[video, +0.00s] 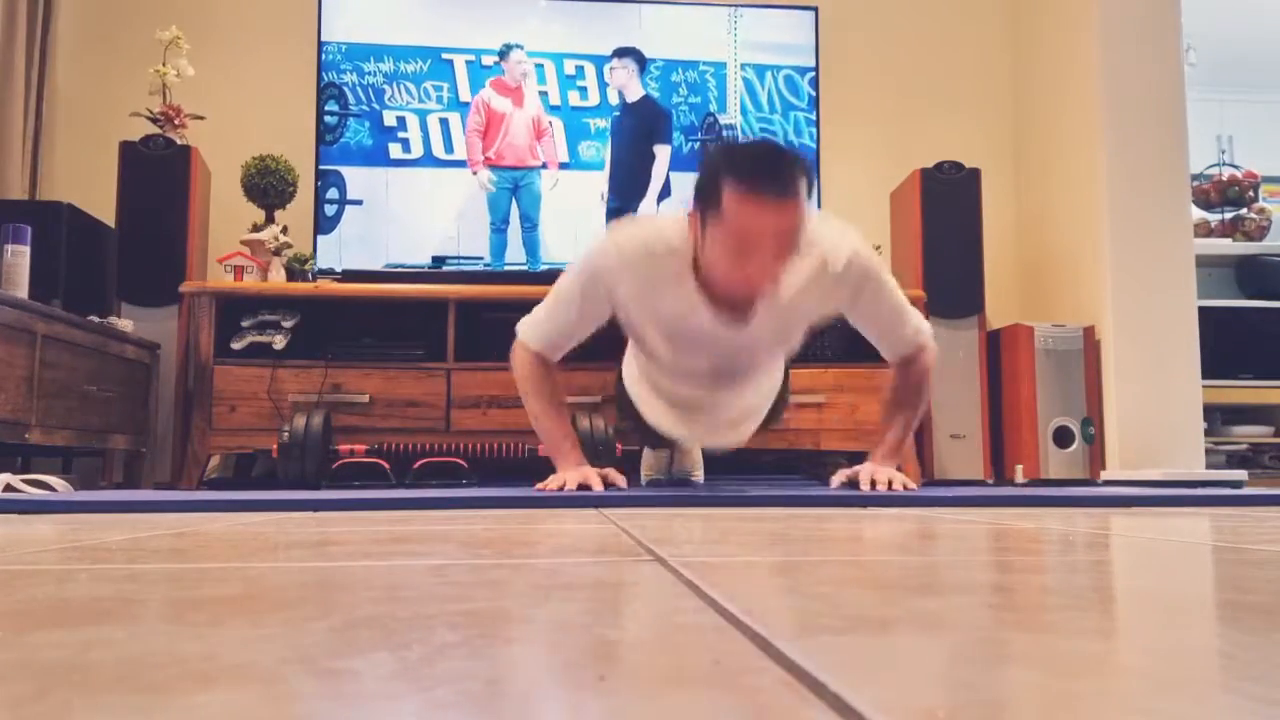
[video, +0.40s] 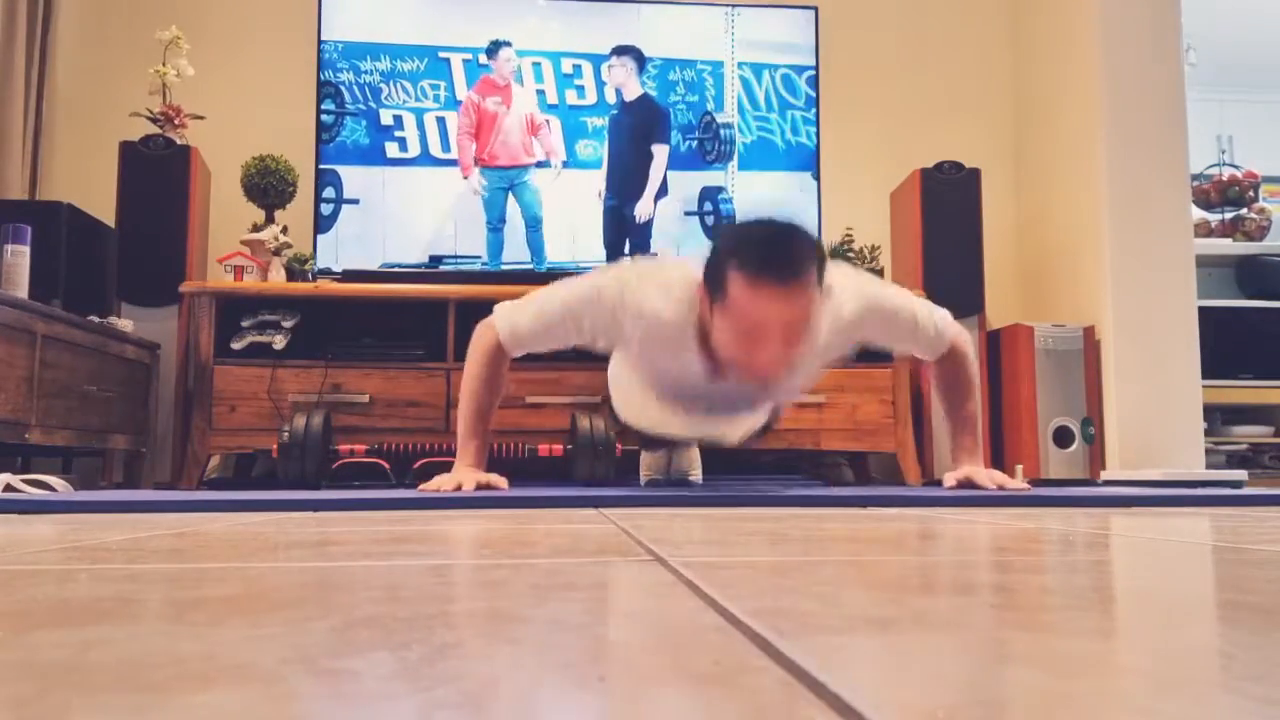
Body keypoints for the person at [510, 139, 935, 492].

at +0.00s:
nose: (758, 271)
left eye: (777, 251)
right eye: (741, 248)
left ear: (797, 234)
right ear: (698, 226)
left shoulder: (837, 258)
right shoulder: (627, 255)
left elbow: (916, 352)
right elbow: (529, 349)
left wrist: (886, 456)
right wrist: (569, 462)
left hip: (749, 408)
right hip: (651, 402)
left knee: (717, 439)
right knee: (655, 434)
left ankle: (691, 449)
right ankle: (664, 452)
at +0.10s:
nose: (754, 134)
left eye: (774, 110)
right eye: (733, 109)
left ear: (790, 100)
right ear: (691, 92)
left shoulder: (817, 165)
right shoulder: (634, 155)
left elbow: (860, 304)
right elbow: (583, 299)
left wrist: (882, 440)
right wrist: (567, 438)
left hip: (747, 334)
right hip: (651, 326)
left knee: (705, 412)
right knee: (653, 411)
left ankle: (687, 436)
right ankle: (659, 439)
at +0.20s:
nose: (756, 105)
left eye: (774, 80)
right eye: (734, 81)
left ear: (790, 69)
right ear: (692, 68)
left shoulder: (817, 148)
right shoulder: (632, 136)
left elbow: (881, 278)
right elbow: (561, 274)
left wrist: (896, 399)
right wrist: (543, 401)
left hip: (746, 329)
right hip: (653, 326)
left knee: (704, 406)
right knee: (654, 405)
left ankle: (685, 435)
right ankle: (656, 438)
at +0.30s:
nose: (759, 155)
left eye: (778, 132)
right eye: (739, 131)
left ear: (796, 118)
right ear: (698, 113)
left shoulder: (818, 176)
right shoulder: (636, 169)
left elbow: (905, 315)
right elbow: (529, 307)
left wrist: (957, 446)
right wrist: (472, 442)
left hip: (746, 346)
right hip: (651, 343)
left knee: (700, 414)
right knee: (652, 416)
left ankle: (680, 438)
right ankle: (664, 443)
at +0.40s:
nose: (768, 355)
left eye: (786, 335)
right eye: (750, 333)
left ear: (814, 309)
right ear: (708, 304)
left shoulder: (848, 302)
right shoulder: (634, 296)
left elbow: (952, 344)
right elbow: (492, 334)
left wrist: (969, 460)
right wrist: (469, 462)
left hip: (744, 422)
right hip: (642, 418)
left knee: (717, 449)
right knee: (645, 445)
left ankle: (699, 460)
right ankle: (656, 464)